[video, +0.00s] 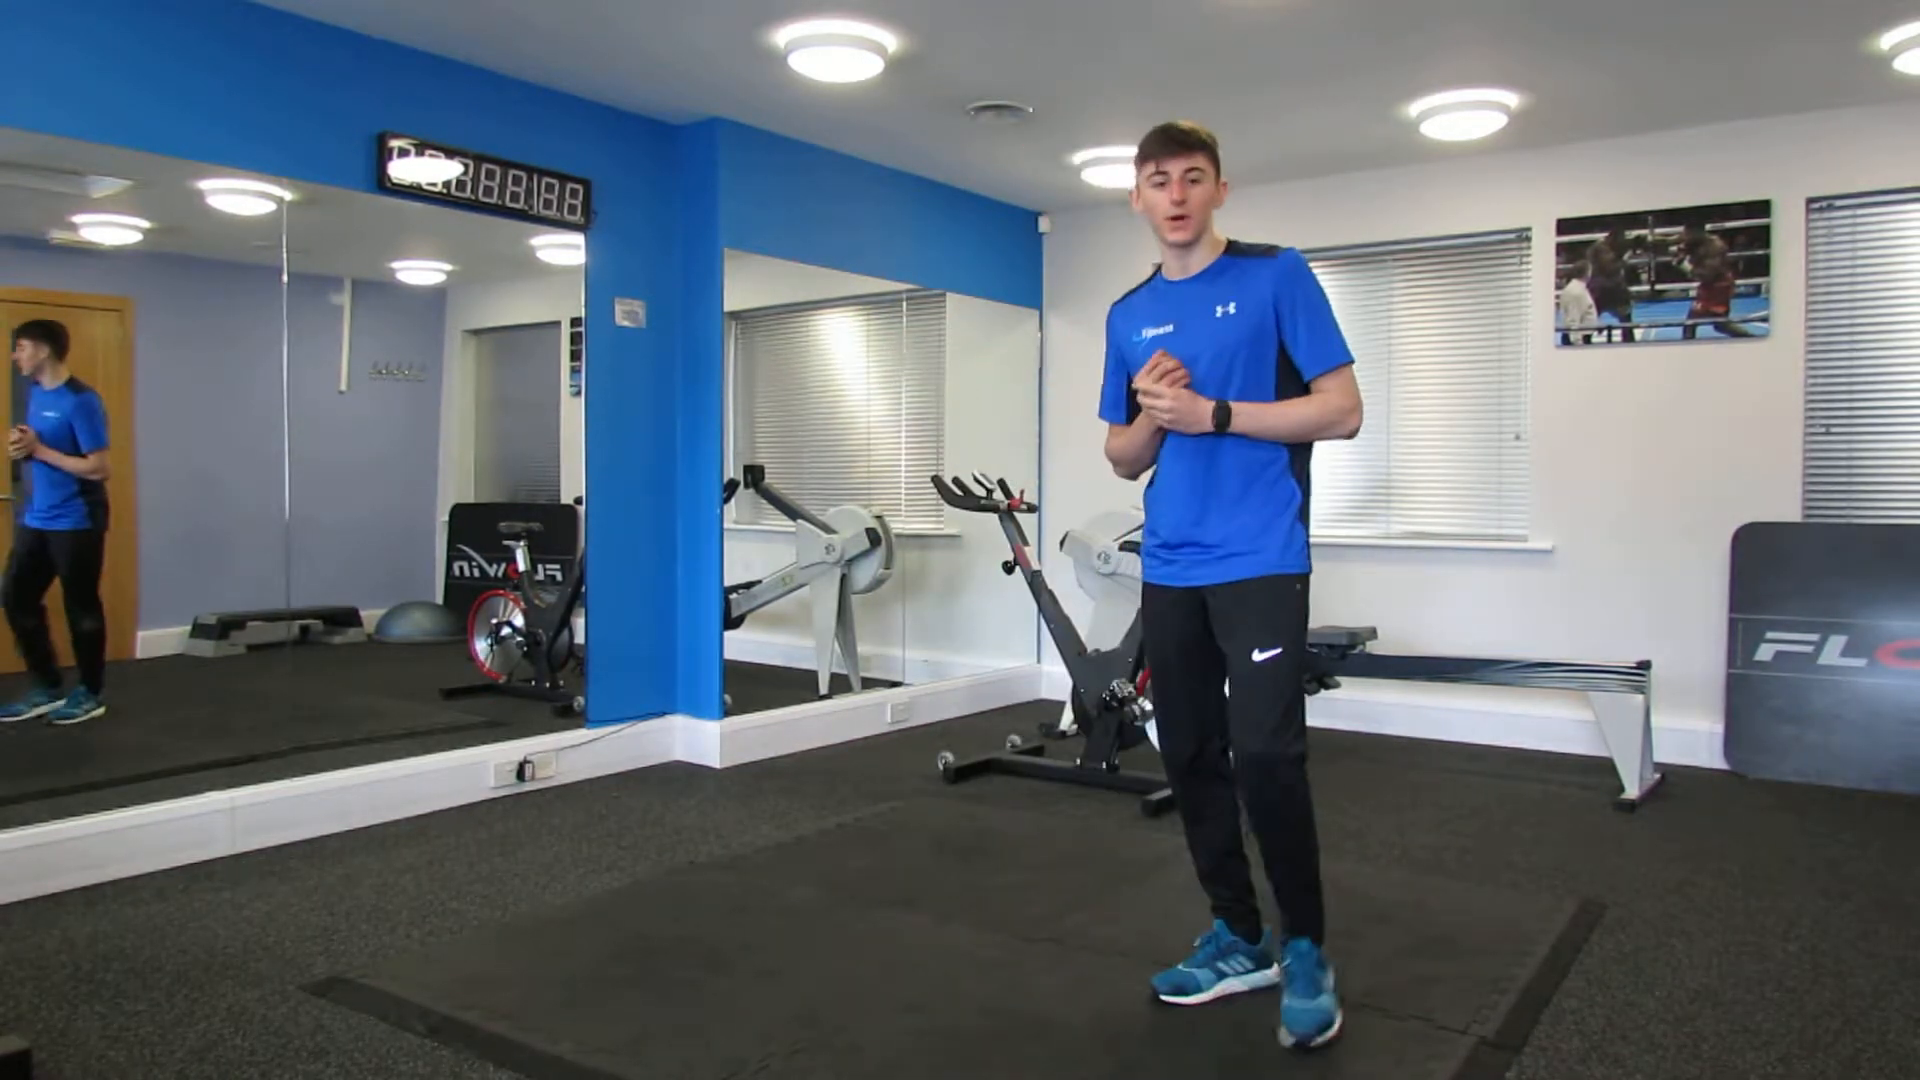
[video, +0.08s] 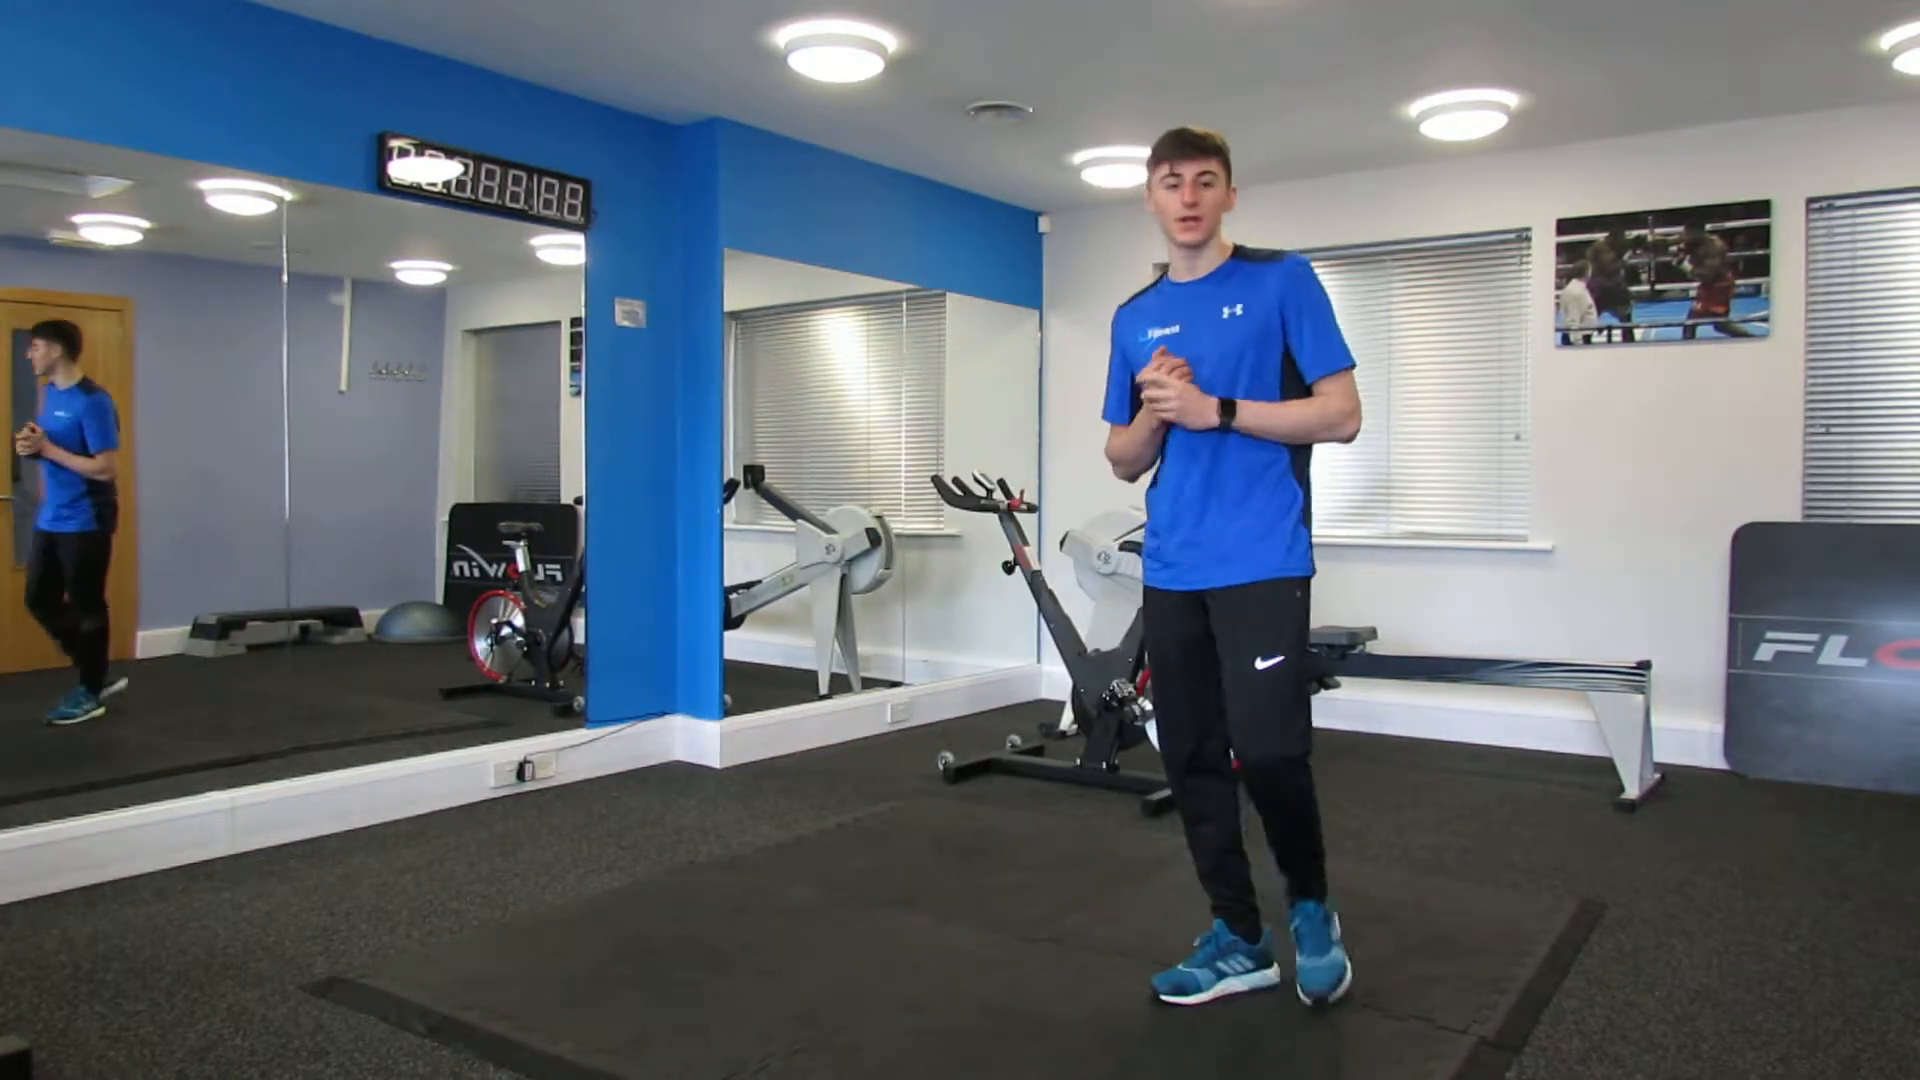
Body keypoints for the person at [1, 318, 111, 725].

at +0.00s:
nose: (15, 356)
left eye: (21, 348)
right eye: (16, 348)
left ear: (47, 351)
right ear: (37, 353)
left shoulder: (83, 401)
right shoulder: (36, 396)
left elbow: (100, 467)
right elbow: (46, 449)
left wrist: (40, 450)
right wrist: (23, 446)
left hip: (79, 526)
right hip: (39, 523)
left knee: (82, 605)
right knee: (19, 599)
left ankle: (91, 692)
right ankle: (48, 688)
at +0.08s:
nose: (30, 354)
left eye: (37, 346)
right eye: (30, 347)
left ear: (61, 350)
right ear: (48, 353)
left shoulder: (94, 401)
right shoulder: (49, 395)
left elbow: (106, 468)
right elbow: (55, 447)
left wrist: (48, 449)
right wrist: (31, 444)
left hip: (87, 523)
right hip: (52, 519)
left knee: (86, 602)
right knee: (41, 600)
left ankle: (92, 689)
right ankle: (98, 671)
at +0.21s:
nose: (50, 355)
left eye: (56, 347)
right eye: (51, 347)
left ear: (77, 350)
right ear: (71, 352)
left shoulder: (110, 399)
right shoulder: (68, 396)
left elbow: (117, 464)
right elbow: (73, 451)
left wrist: (62, 444)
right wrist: (47, 443)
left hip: (103, 521)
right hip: (73, 518)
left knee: (95, 602)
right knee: (84, 599)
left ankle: (93, 692)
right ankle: (152, 663)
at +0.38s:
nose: (67, 357)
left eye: (73, 349)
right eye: (68, 349)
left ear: (95, 352)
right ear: (90, 354)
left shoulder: (126, 399)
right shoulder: (87, 402)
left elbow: (142, 462)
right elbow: (100, 463)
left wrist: (85, 446)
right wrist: (71, 448)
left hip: (133, 521)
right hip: (109, 522)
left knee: (115, 606)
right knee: (138, 602)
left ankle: (94, 692)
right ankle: (178, 680)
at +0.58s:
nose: (79, 365)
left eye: (84, 356)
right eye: (79, 358)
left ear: (107, 356)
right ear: (101, 359)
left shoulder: (146, 396)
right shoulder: (105, 411)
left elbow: (180, 452)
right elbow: (125, 476)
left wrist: (116, 453)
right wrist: (97, 462)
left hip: (169, 514)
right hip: (141, 519)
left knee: (133, 588)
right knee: (154, 597)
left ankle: (130, 684)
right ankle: (181, 682)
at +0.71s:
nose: (93, 361)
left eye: (98, 352)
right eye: (93, 353)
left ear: (120, 353)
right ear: (116, 355)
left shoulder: (158, 395)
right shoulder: (116, 405)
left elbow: (191, 450)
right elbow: (131, 462)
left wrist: (128, 449)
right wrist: (106, 454)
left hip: (175, 512)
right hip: (148, 516)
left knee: (160, 594)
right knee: (156, 596)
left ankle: (181, 683)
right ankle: (172, 681)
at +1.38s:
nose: (141, 349)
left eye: (150, 342)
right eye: (139, 342)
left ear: (174, 348)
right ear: (139, 350)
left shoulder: (203, 397)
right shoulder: (133, 396)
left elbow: (222, 463)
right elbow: (133, 451)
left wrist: (162, 491)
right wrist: (135, 491)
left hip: (202, 523)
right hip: (158, 522)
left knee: (203, 609)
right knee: (149, 606)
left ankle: (207, 692)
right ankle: (161, 689)